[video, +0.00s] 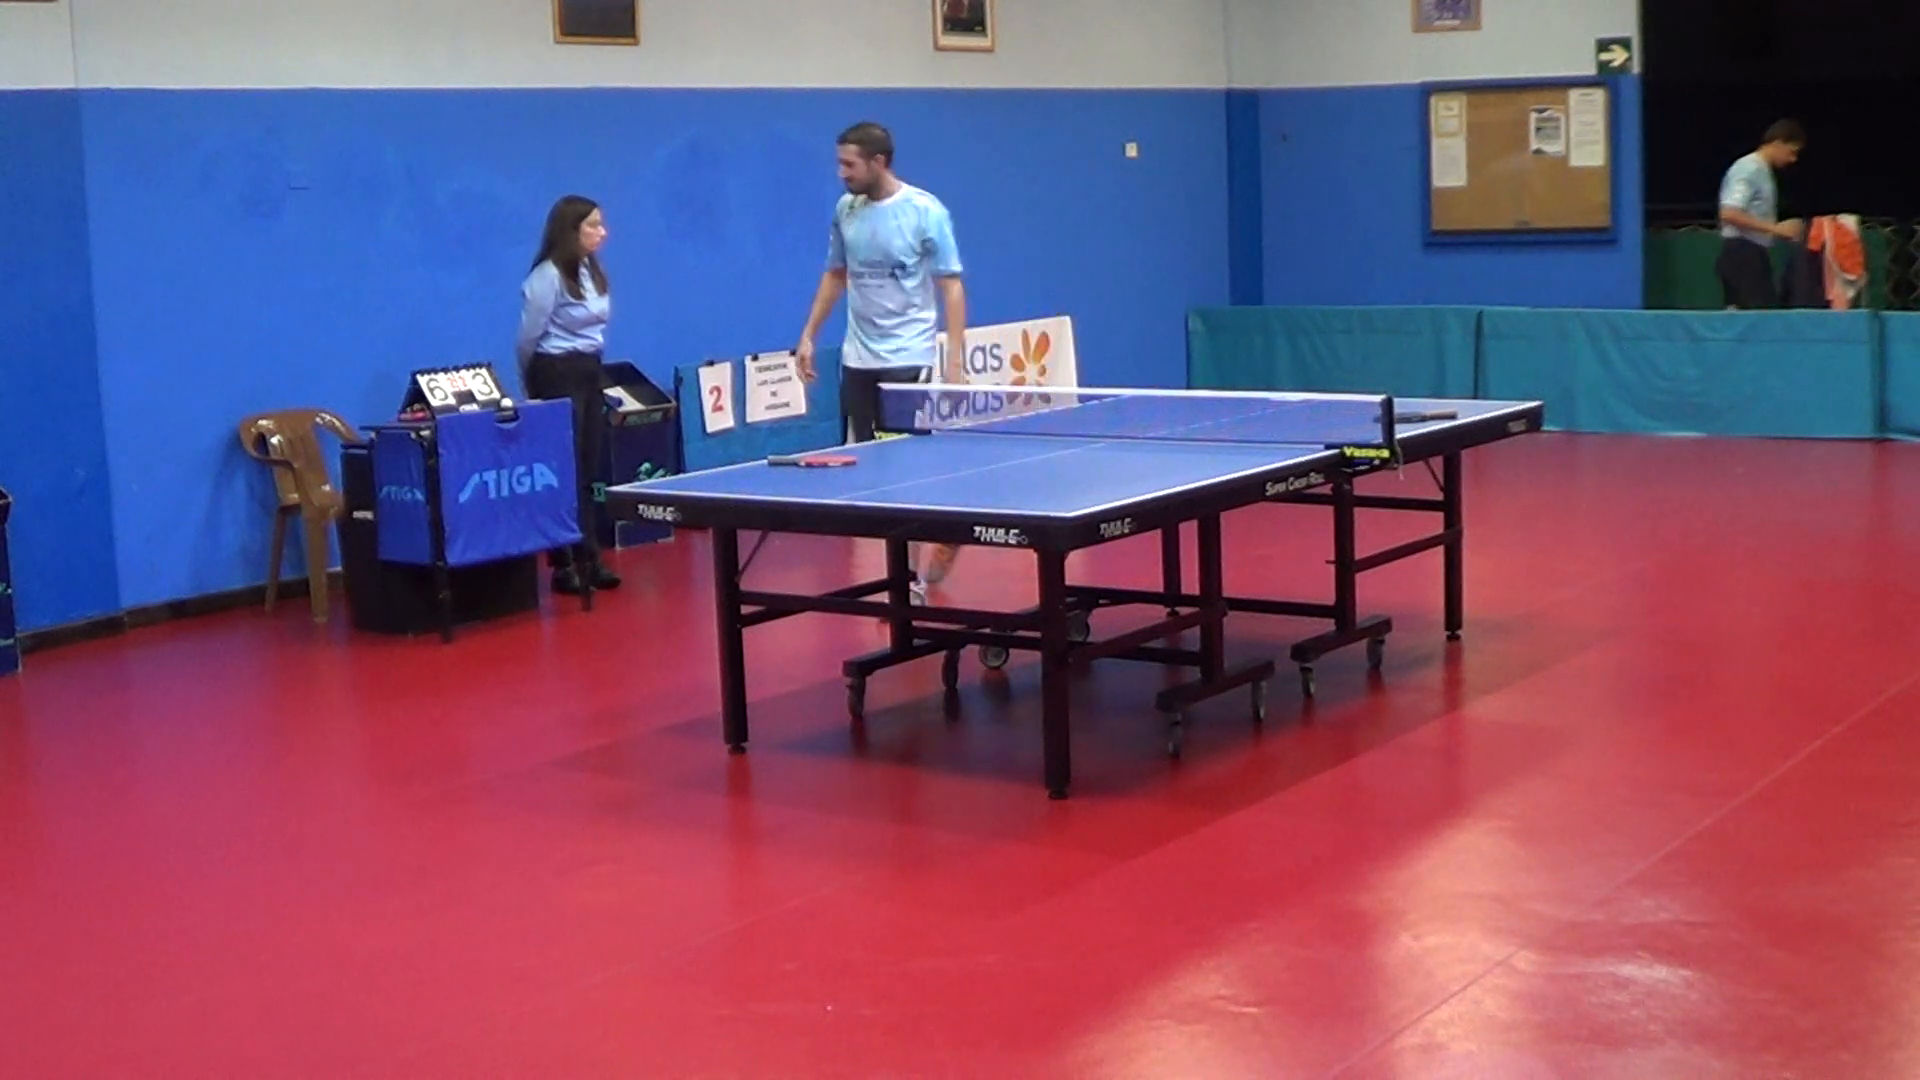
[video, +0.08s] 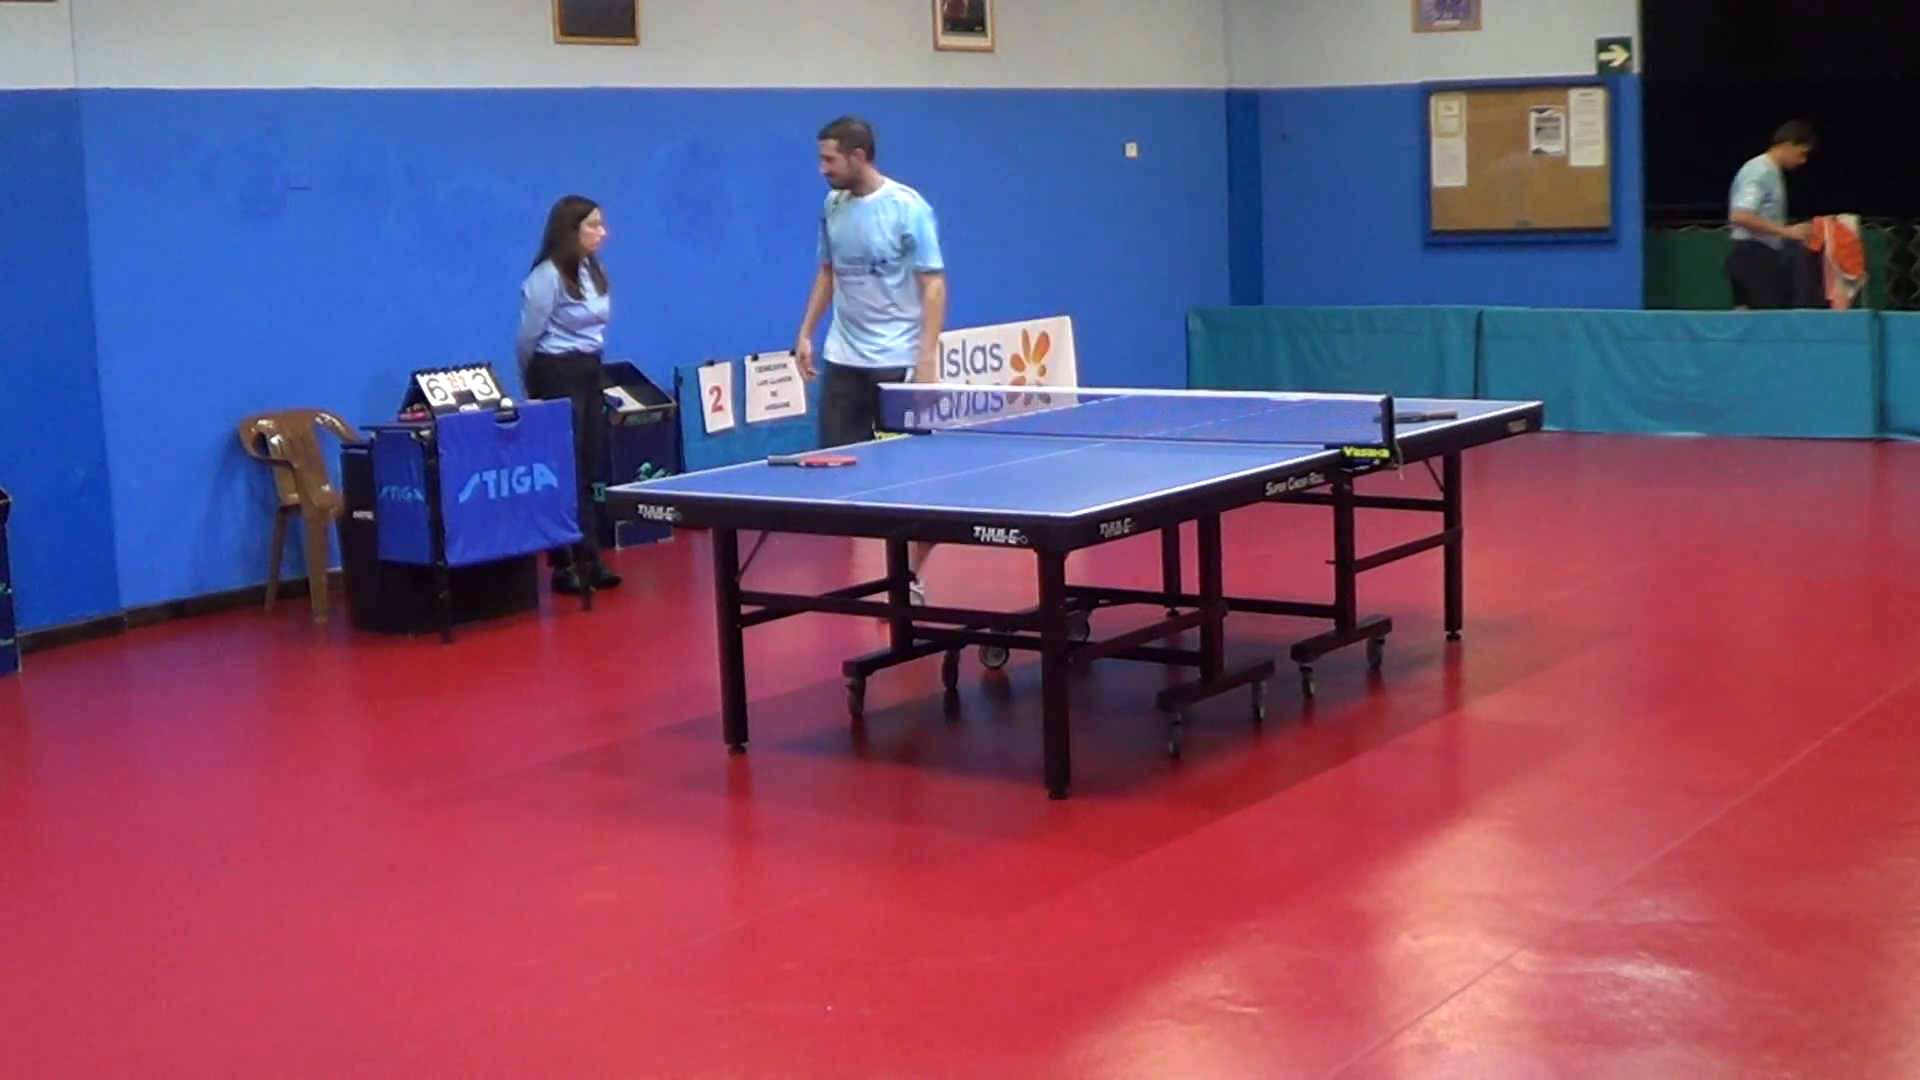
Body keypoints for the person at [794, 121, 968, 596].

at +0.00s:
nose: (843, 173)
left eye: (849, 164)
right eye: (841, 165)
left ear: (880, 162)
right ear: (852, 165)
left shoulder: (926, 211)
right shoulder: (846, 209)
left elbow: (951, 286)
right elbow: (835, 274)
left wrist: (955, 363)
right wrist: (808, 336)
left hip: (912, 362)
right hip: (859, 362)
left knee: (919, 463)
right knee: (867, 467)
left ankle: (947, 542)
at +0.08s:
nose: (823, 169)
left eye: (829, 160)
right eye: (821, 160)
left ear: (859, 157)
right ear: (842, 159)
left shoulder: (909, 207)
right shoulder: (833, 206)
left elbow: (934, 286)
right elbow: (828, 272)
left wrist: (927, 362)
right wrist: (806, 333)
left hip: (902, 365)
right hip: (845, 363)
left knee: (915, 471)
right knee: (837, 465)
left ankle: (912, 576)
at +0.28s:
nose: (766, 172)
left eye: (771, 162)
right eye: (766, 162)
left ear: (796, 159)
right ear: (794, 160)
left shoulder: (856, 208)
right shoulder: (793, 211)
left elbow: (875, 288)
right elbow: (812, 288)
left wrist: (843, 360)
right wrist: (804, 349)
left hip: (854, 368)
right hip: (803, 364)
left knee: (877, 473)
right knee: (776, 462)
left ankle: (903, 581)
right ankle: (787, 585)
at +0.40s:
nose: (727, 178)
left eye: (732, 169)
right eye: (728, 169)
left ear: (754, 167)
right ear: (756, 168)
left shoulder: (812, 215)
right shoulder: (761, 221)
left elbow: (832, 291)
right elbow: (780, 299)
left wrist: (796, 357)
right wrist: (769, 363)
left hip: (825, 381)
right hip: (772, 381)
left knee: (860, 487)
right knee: (756, 493)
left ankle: (904, 584)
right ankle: (722, 600)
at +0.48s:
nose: (699, 179)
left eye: (703, 169)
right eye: (699, 170)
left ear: (726, 167)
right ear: (727, 168)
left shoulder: (781, 214)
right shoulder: (735, 221)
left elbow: (805, 289)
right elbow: (749, 306)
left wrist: (769, 357)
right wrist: (730, 375)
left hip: (793, 385)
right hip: (742, 386)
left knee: (833, 491)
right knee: (731, 500)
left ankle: (893, 578)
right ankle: (719, 607)